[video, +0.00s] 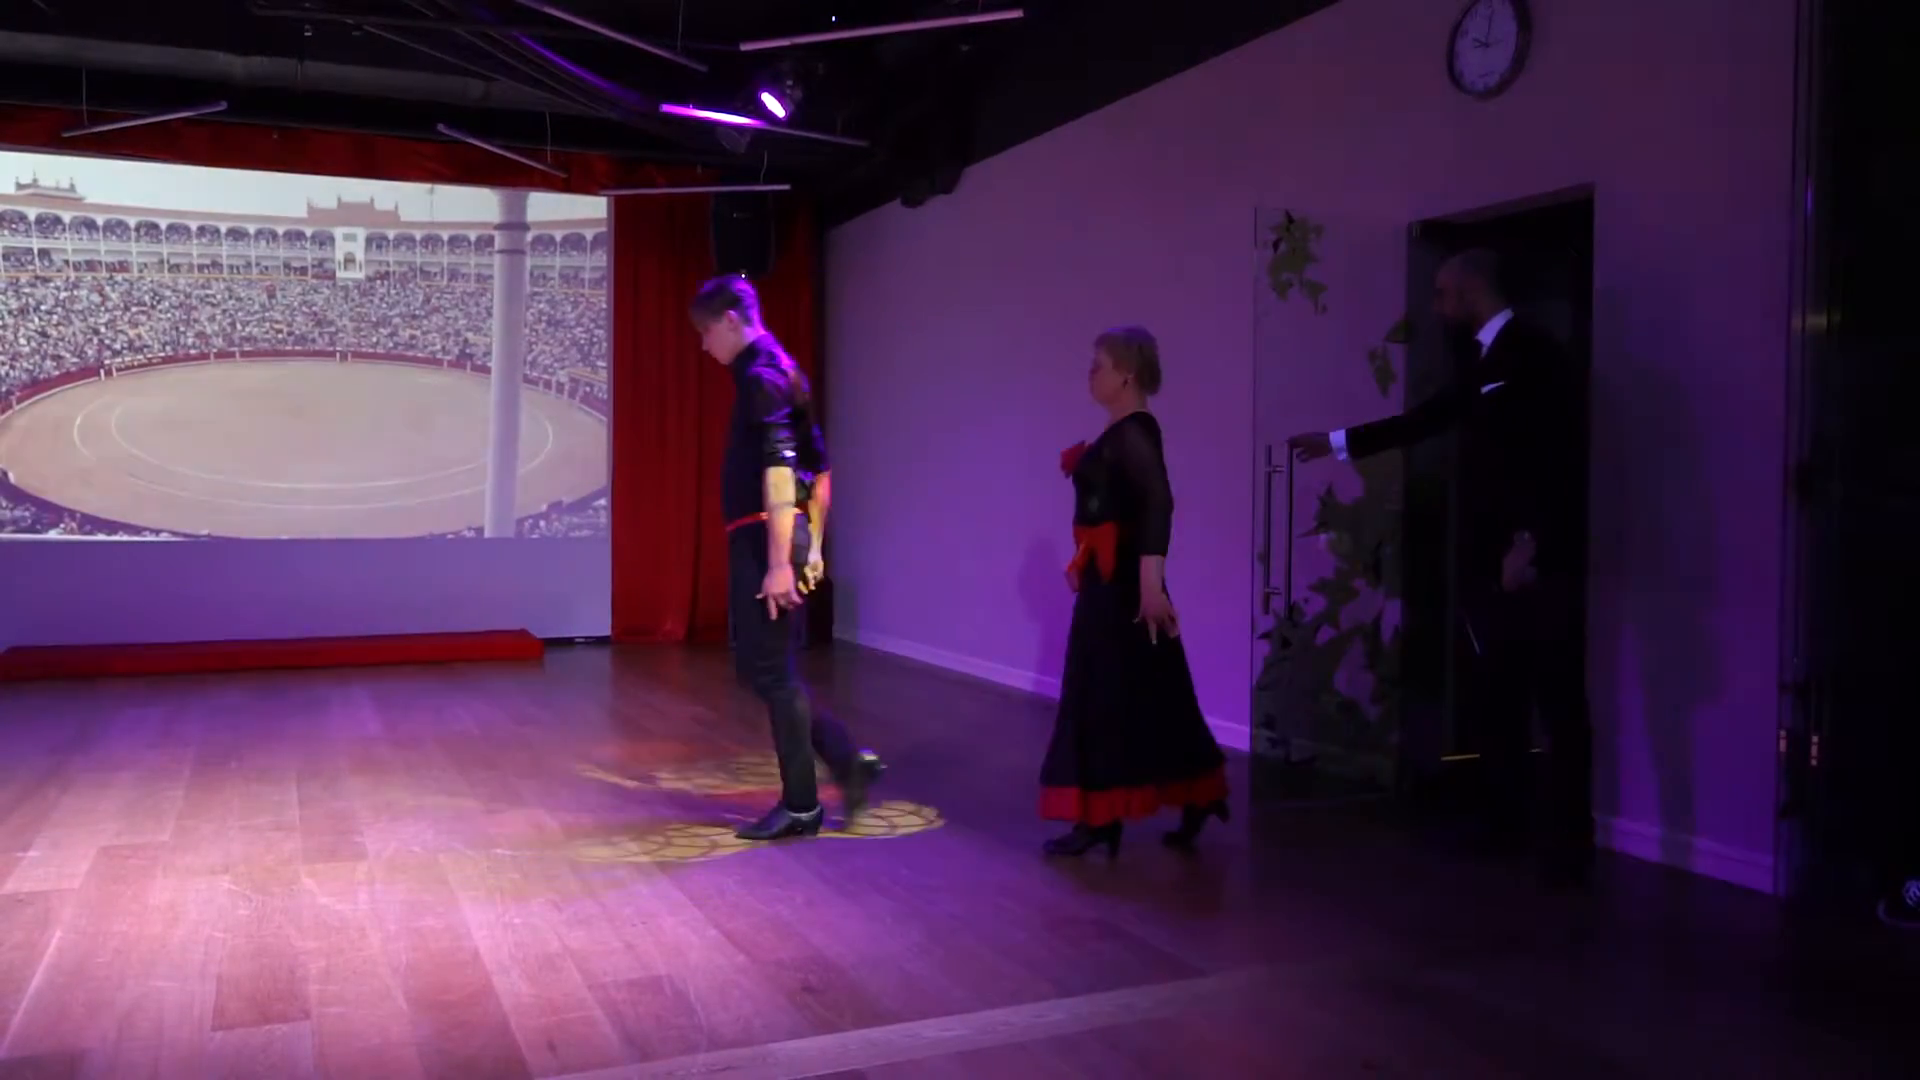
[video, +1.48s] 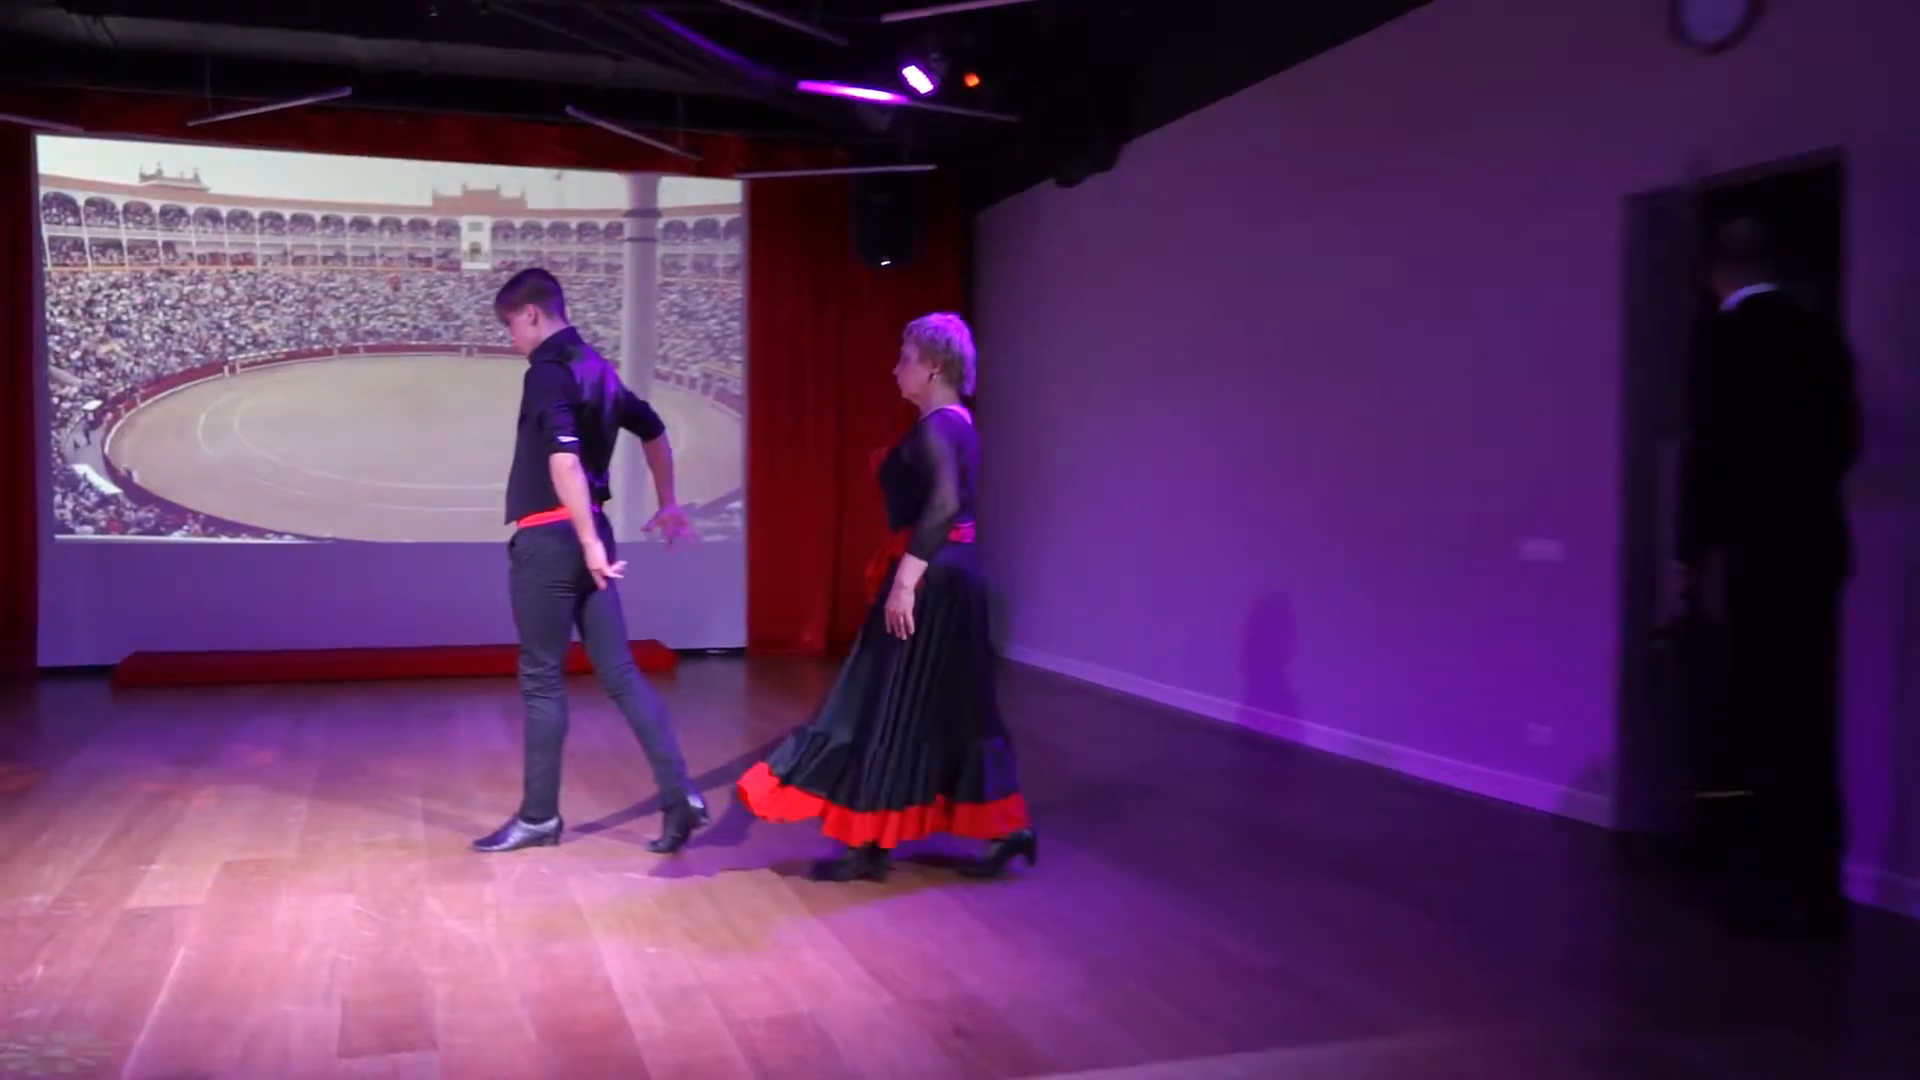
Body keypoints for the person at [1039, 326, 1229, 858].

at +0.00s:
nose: (1089, 376)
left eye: (1098, 367)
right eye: (1091, 366)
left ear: (1126, 376)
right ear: (1129, 377)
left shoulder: (1133, 433)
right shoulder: (1121, 433)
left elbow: (1156, 504)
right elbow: (1117, 498)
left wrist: (1151, 583)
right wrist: (1081, 467)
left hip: (1116, 590)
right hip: (1117, 587)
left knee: (1098, 699)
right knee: (1157, 694)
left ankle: (1099, 815)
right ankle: (1198, 788)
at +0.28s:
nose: (1055, 379)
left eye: (1064, 370)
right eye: (1057, 370)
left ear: (1092, 375)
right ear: (1091, 376)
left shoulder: (1101, 435)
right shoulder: (1084, 434)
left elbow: (1129, 506)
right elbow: (1084, 497)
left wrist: (1136, 581)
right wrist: (1050, 470)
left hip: (1093, 589)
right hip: (1087, 584)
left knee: (1088, 701)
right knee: (1133, 693)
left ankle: (1096, 815)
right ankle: (1185, 786)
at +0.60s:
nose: (996, 390)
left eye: (1004, 380)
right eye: (998, 380)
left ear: (1029, 387)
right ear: (1037, 387)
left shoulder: (1045, 448)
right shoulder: (1038, 444)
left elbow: (1056, 528)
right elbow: (1033, 513)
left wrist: (1060, 602)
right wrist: (1001, 486)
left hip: (1047, 596)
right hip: (1047, 591)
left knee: (1001, 694)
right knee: (1068, 706)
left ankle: (1063, 818)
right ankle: (1083, 819)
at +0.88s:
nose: (912, 397)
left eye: (920, 388)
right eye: (916, 386)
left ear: (944, 397)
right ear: (956, 398)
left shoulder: (952, 456)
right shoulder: (963, 452)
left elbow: (940, 534)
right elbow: (939, 534)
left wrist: (900, 585)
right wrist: (896, 575)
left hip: (950, 598)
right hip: (966, 594)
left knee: (893, 697)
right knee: (1003, 703)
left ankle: (868, 813)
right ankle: (1059, 811)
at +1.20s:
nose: (863, 389)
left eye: (871, 379)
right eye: (865, 378)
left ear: (899, 387)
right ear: (897, 386)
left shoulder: (913, 444)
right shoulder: (901, 440)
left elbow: (923, 522)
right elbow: (899, 510)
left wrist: (873, 583)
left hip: (902, 587)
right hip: (902, 582)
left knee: (851, 692)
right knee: (908, 696)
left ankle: (811, 815)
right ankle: (913, 818)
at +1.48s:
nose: (898, 369)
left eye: (908, 359)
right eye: (902, 358)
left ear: (934, 367)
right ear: (949, 369)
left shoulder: (935, 426)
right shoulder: (960, 424)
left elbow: (943, 502)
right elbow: (949, 500)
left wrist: (905, 579)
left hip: (931, 576)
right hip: (958, 573)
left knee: (881, 699)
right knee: (970, 703)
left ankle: (868, 842)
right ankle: (1013, 825)